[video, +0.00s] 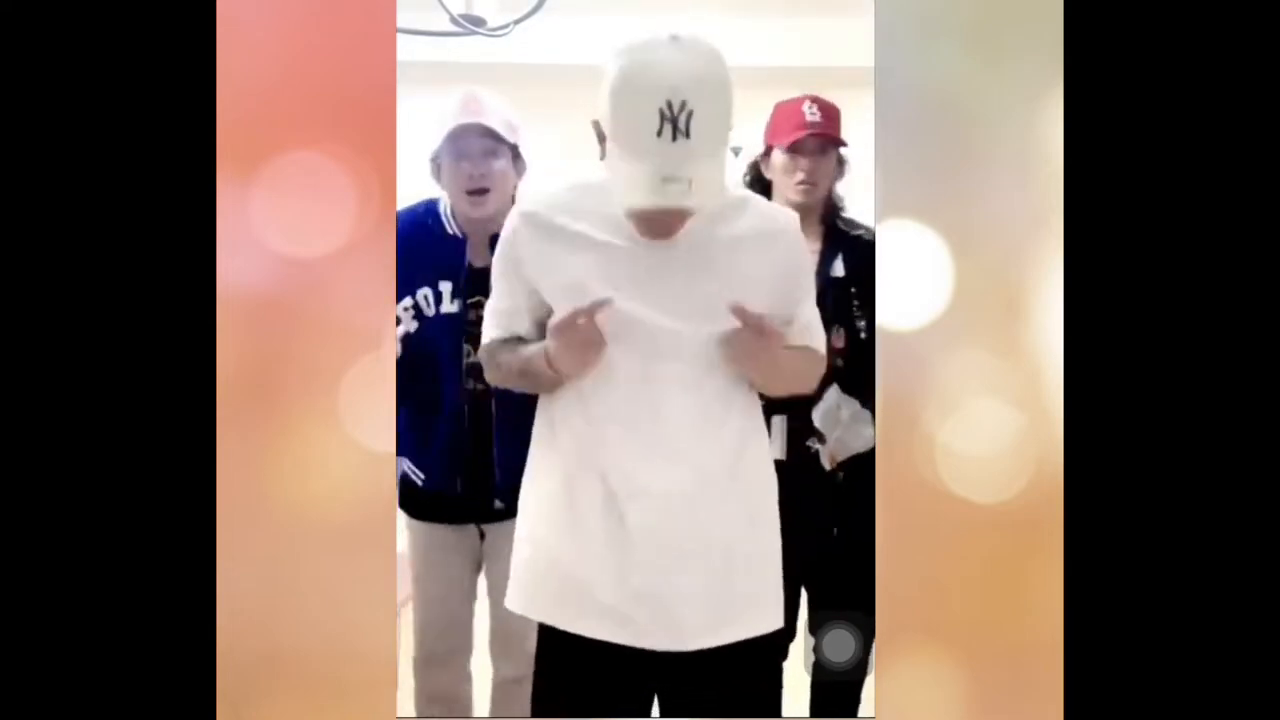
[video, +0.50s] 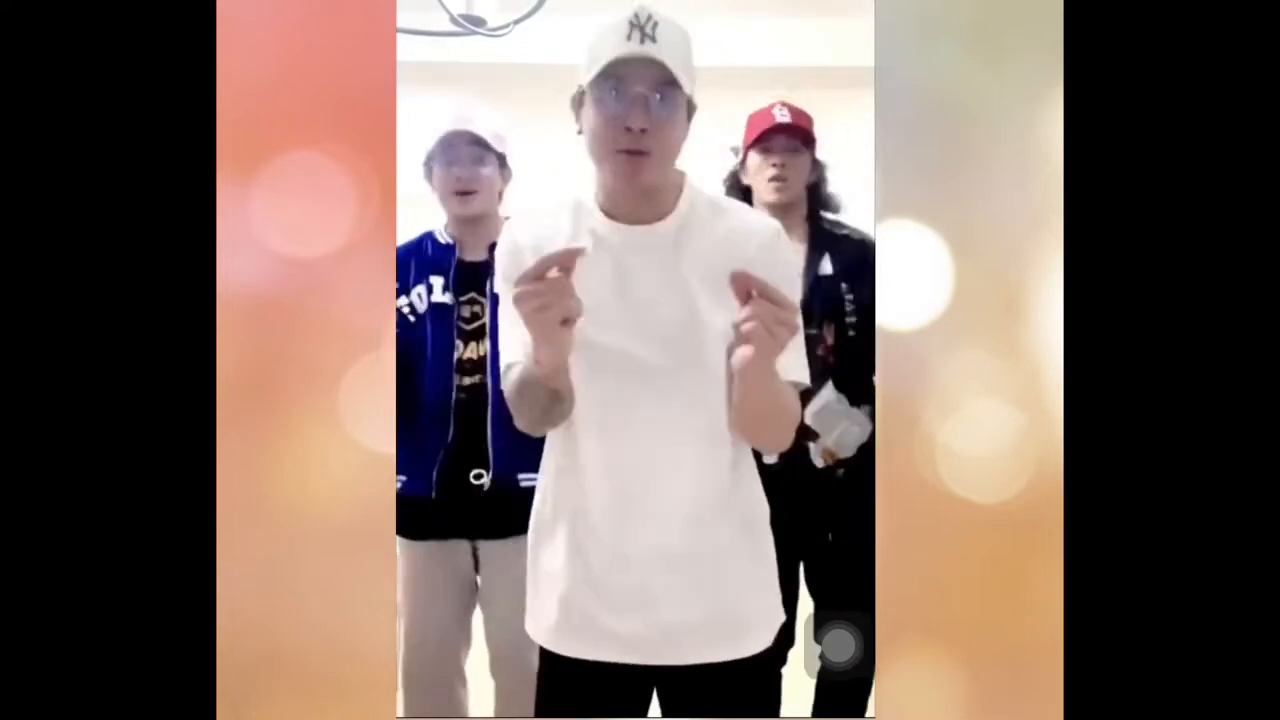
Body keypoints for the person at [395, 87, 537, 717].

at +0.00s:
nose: (477, 168)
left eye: (493, 153)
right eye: (460, 154)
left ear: (519, 168)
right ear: (437, 170)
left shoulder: (544, 241)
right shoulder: (401, 241)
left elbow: (574, 355)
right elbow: (364, 344)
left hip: (526, 483)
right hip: (435, 483)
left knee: (522, 655)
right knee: (438, 653)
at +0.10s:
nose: (476, 185)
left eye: (490, 170)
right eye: (458, 172)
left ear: (516, 184)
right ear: (435, 190)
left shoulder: (543, 263)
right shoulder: (402, 270)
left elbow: (572, 371)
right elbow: (370, 372)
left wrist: (564, 470)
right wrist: (394, 463)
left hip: (527, 497)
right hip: (437, 499)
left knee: (523, 656)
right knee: (439, 654)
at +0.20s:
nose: (473, 193)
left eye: (489, 181)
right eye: (457, 182)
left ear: (513, 200)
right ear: (434, 202)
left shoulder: (539, 278)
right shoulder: (398, 283)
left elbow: (571, 385)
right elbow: (367, 385)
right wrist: (388, 482)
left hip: (525, 509)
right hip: (435, 510)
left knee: (524, 663)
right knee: (435, 662)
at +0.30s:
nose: (473, 171)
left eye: (487, 157)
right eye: (457, 158)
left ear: (512, 172)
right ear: (435, 176)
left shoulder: (546, 261)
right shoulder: (400, 266)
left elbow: (575, 376)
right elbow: (368, 377)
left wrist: (561, 476)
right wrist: (381, 479)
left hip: (527, 502)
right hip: (431, 502)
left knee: (523, 665)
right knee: (428, 668)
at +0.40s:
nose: (471, 165)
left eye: (485, 151)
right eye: (455, 152)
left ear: (511, 163)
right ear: (435, 168)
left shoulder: (544, 250)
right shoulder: (400, 252)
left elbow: (575, 368)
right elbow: (367, 366)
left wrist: (568, 470)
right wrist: (379, 469)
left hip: (524, 496)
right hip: (429, 497)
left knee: (523, 670)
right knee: (430, 670)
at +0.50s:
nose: (462, 174)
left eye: (477, 161)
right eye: (448, 163)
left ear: (504, 178)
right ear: (429, 181)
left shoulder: (537, 265)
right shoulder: (398, 267)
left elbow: (570, 376)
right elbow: (370, 377)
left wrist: (568, 480)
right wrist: (380, 481)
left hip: (521, 502)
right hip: (428, 504)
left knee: (521, 675)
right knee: (428, 674)